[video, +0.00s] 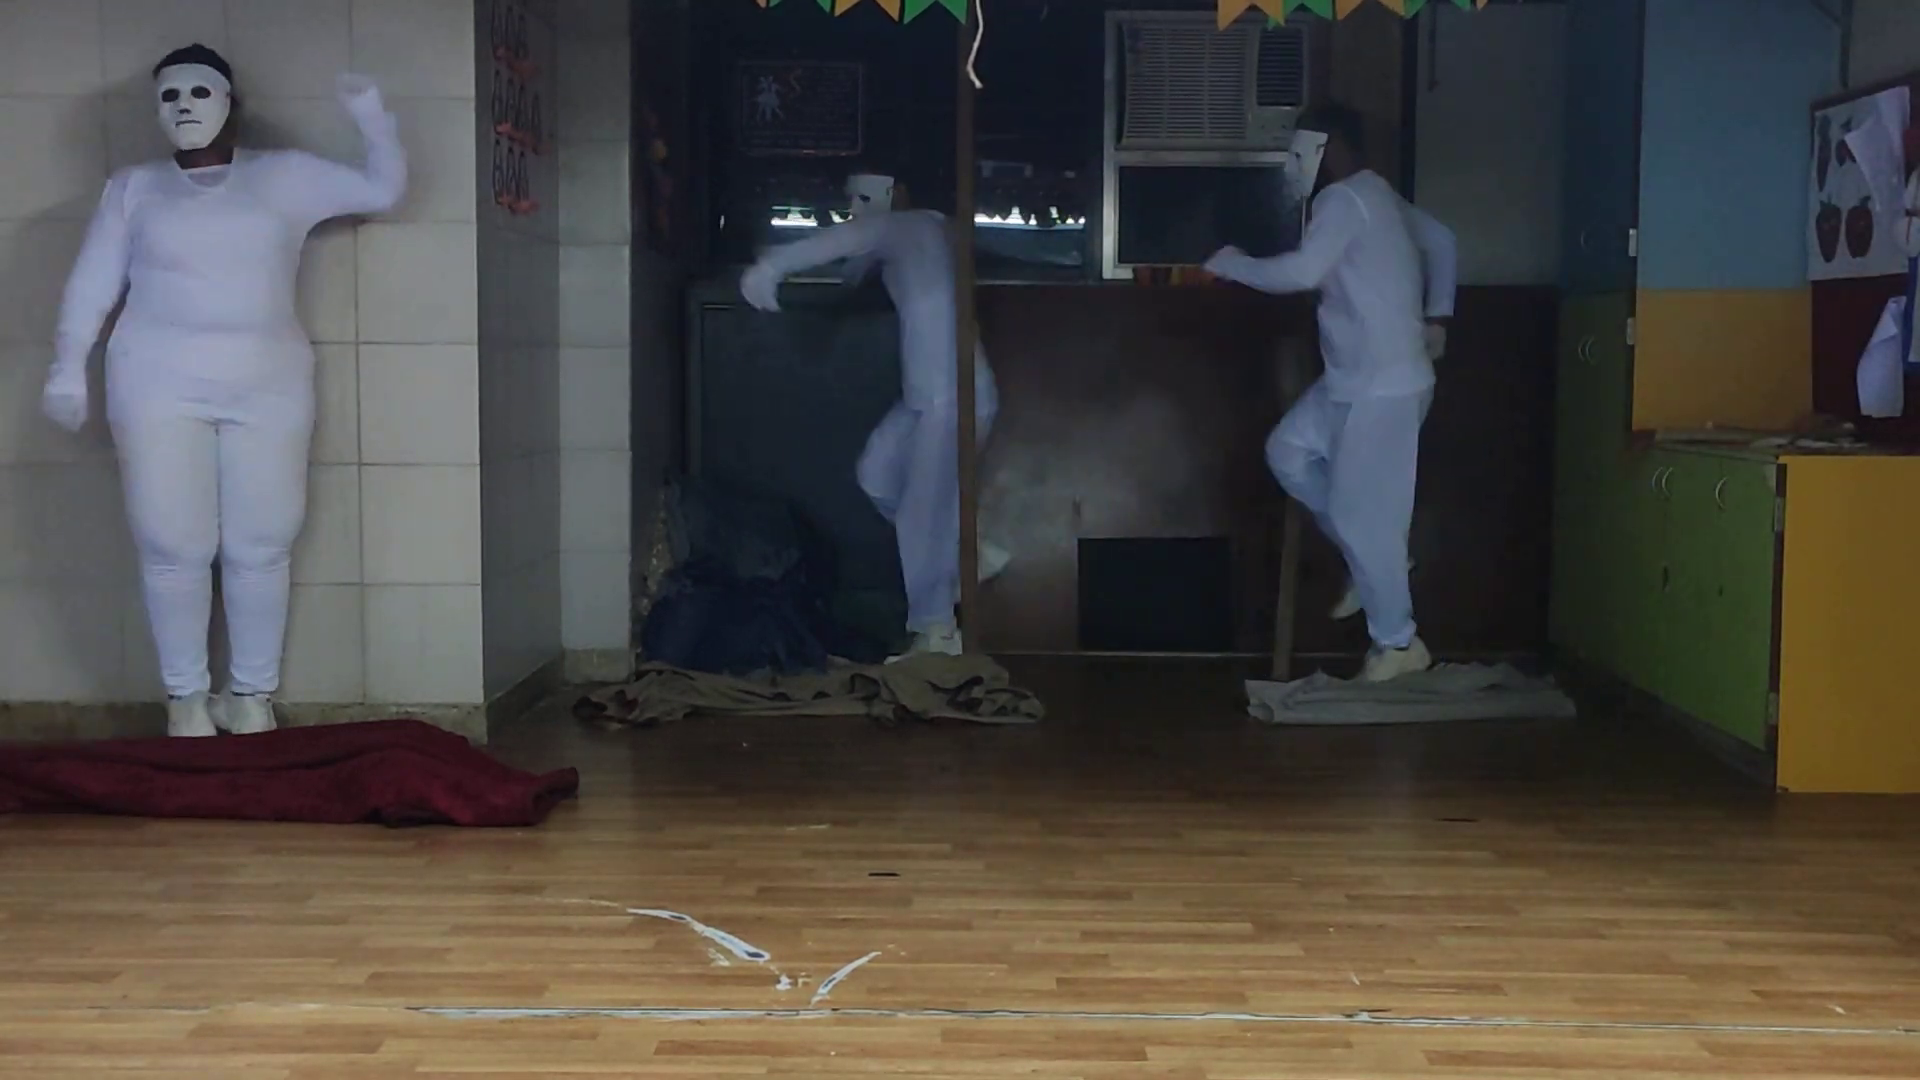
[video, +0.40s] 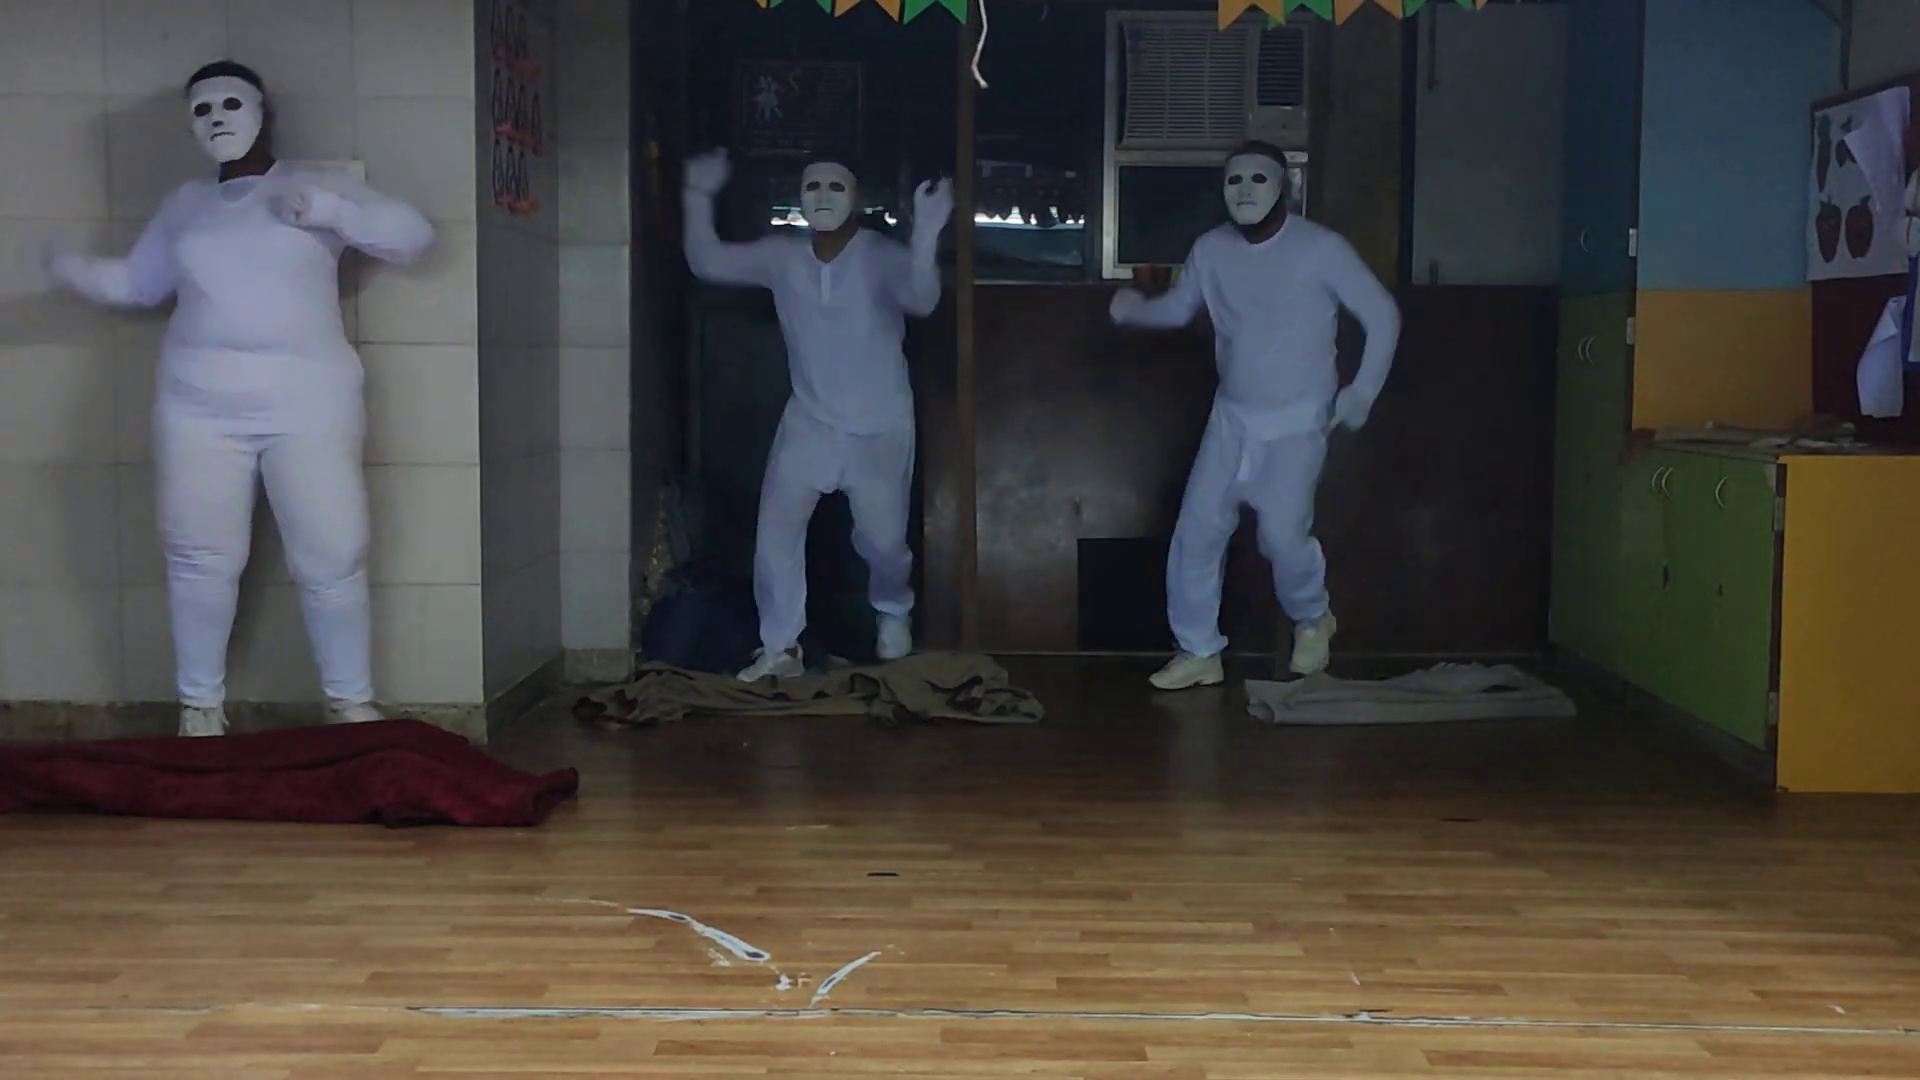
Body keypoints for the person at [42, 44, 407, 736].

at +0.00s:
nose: (185, 108)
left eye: (200, 93)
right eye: (171, 96)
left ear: (229, 101)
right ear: (158, 109)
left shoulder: (282, 179)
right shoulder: (134, 191)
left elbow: (382, 190)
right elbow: (92, 284)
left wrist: (375, 124)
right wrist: (69, 368)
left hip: (268, 389)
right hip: (159, 390)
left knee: (260, 548)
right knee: (174, 549)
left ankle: (252, 699)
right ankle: (187, 701)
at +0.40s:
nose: (217, 121)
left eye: (231, 106)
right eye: (203, 112)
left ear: (262, 112)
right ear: (192, 126)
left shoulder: (315, 190)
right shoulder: (185, 207)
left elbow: (413, 238)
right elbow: (137, 281)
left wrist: (330, 209)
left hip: (310, 408)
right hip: (201, 412)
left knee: (332, 561)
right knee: (199, 562)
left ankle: (352, 706)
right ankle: (200, 711)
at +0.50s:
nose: (265, 106)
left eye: (285, 100)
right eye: (256, 93)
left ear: (311, 118)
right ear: (238, 103)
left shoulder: (337, 183)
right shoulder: (198, 183)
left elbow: (434, 241)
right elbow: (104, 200)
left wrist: (387, 219)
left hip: (333, 398)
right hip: (227, 401)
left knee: (362, 553)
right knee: (222, 560)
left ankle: (411, 708)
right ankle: (210, 711)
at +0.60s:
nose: (303, 129)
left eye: (324, 126)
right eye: (297, 112)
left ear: (342, 148)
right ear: (277, 116)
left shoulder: (358, 207)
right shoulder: (215, 191)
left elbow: (439, 259)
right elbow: (119, 130)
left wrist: (468, 274)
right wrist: (73, 42)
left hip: (364, 405)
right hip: (263, 413)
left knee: (391, 559)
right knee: (239, 568)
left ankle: (434, 711)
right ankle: (243, 708)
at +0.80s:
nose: (301, 132)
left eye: (320, 120)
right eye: (289, 118)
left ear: (348, 135)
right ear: (275, 128)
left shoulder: (383, 219)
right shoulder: (247, 205)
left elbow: (438, 302)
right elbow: (143, 181)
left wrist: (451, 329)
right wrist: (145, 80)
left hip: (388, 421)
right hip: (281, 427)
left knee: (405, 573)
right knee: (247, 566)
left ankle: (433, 715)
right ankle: (261, 706)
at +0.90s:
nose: (297, 108)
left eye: (312, 96)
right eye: (283, 98)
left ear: (341, 107)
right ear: (269, 112)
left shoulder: (384, 194)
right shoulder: (241, 188)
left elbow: (465, 261)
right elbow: (167, 247)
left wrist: (484, 192)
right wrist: (154, 210)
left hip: (373, 404)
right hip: (265, 403)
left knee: (393, 557)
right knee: (225, 547)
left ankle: (434, 714)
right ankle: (235, 702)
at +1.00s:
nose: (283, 106)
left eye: (298, 94)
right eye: (270, 98)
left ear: (328, 107)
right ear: (258, 117)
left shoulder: (381, 187)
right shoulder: (238, 194)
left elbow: (492, 190)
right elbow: (188, 283)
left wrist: (502, 94)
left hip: (345, 403)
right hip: (235, 399)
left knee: (379, 560)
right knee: (216, 557)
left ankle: (430, 712)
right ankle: (206, 711)